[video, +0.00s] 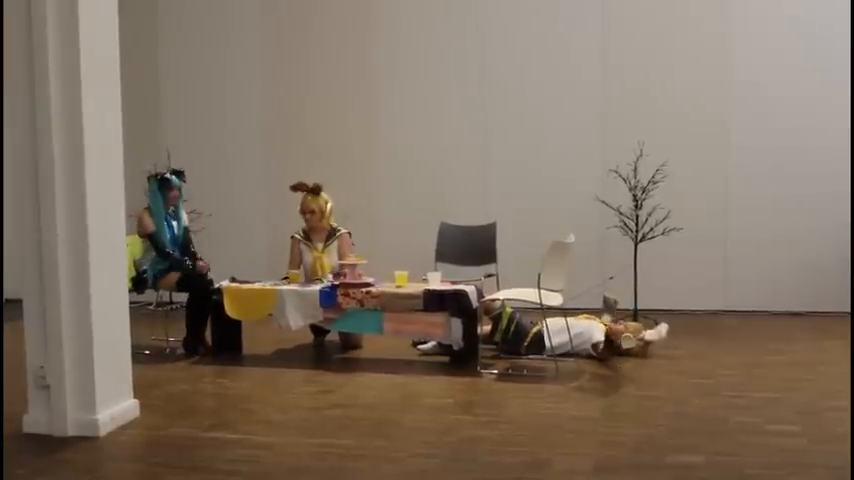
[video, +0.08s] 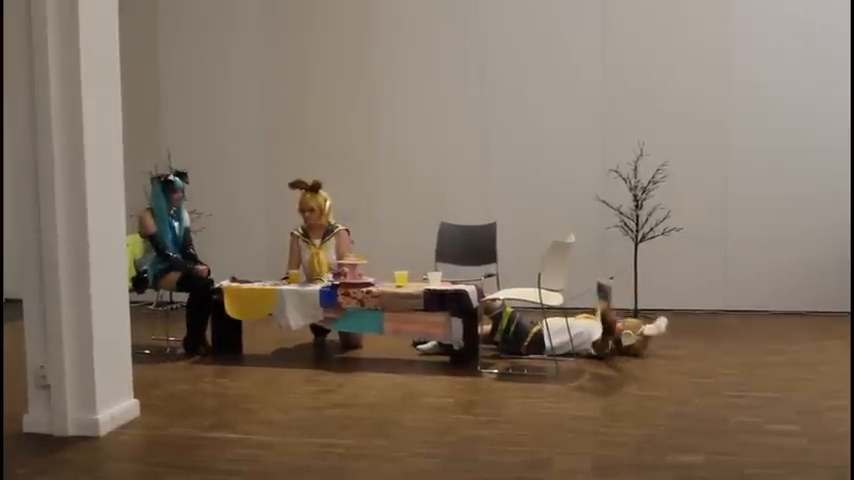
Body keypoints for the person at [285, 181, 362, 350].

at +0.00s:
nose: (306, 217)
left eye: (311, 213)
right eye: (303, 213)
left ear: (325, 213)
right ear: (300, 213)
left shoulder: (341, 235)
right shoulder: (298, 238)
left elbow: (348, 268)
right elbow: (293, 271)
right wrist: (290, 283)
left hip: (339, 291)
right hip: (311, 294)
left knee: (353, 343)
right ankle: (319, 338)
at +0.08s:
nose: (306, 216)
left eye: (311, 211)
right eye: (303, 211)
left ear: (323, 210)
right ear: (299, 211)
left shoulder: (339, 233)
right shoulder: (298, 236)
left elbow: (346, 267)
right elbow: (293, 270)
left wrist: (339, 277)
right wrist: (290, 281)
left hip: (339, 289)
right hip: (311, 292)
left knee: (352, 343)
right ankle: (319, 336)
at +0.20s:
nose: (305, 215)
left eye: (310, 211)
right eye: (301, 211)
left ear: (322, 211)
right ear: (298, 211)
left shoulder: (336, 233)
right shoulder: (297, 236)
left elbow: (346, 266)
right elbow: (292, 270)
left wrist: (340, 276)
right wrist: (291, 280)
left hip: (337, 290)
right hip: (309, 293)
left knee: (353, 343)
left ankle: (345, 330)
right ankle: (319, 335)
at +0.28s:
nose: (305, 216)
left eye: (310, 212)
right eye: (301, 212)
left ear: (322, 212)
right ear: (298, 212)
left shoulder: (335, 234)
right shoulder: (297, 238)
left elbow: (344, 266)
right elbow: (292, 270)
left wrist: (341, 276)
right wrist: (291, 282)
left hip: (336, 288)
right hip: (309, 291)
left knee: (353, 343)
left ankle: (345, 330)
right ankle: (319, 336)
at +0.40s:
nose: (306, 218)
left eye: (311, 213)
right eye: (302, 214)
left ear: (323, 213)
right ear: (298, 214)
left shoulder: (336, 235)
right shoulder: (297, 239)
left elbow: (345, 268)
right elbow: (293, 271)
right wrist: (294, 280)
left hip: (336, 289)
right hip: (309, 292)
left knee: (354, 343)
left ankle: (346, 331)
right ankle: (319, 337)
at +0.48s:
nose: (308, 220)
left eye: (313, 215)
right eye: (304, 215)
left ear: (325, 215)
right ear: (300, 215)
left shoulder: (338, 237)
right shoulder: (297, 240)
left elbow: (346, 270)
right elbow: (293, 271)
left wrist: (337, 282)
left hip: (337, 291)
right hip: (309, 294)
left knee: (355, 343)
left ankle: (345, 332)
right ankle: (319, 338)